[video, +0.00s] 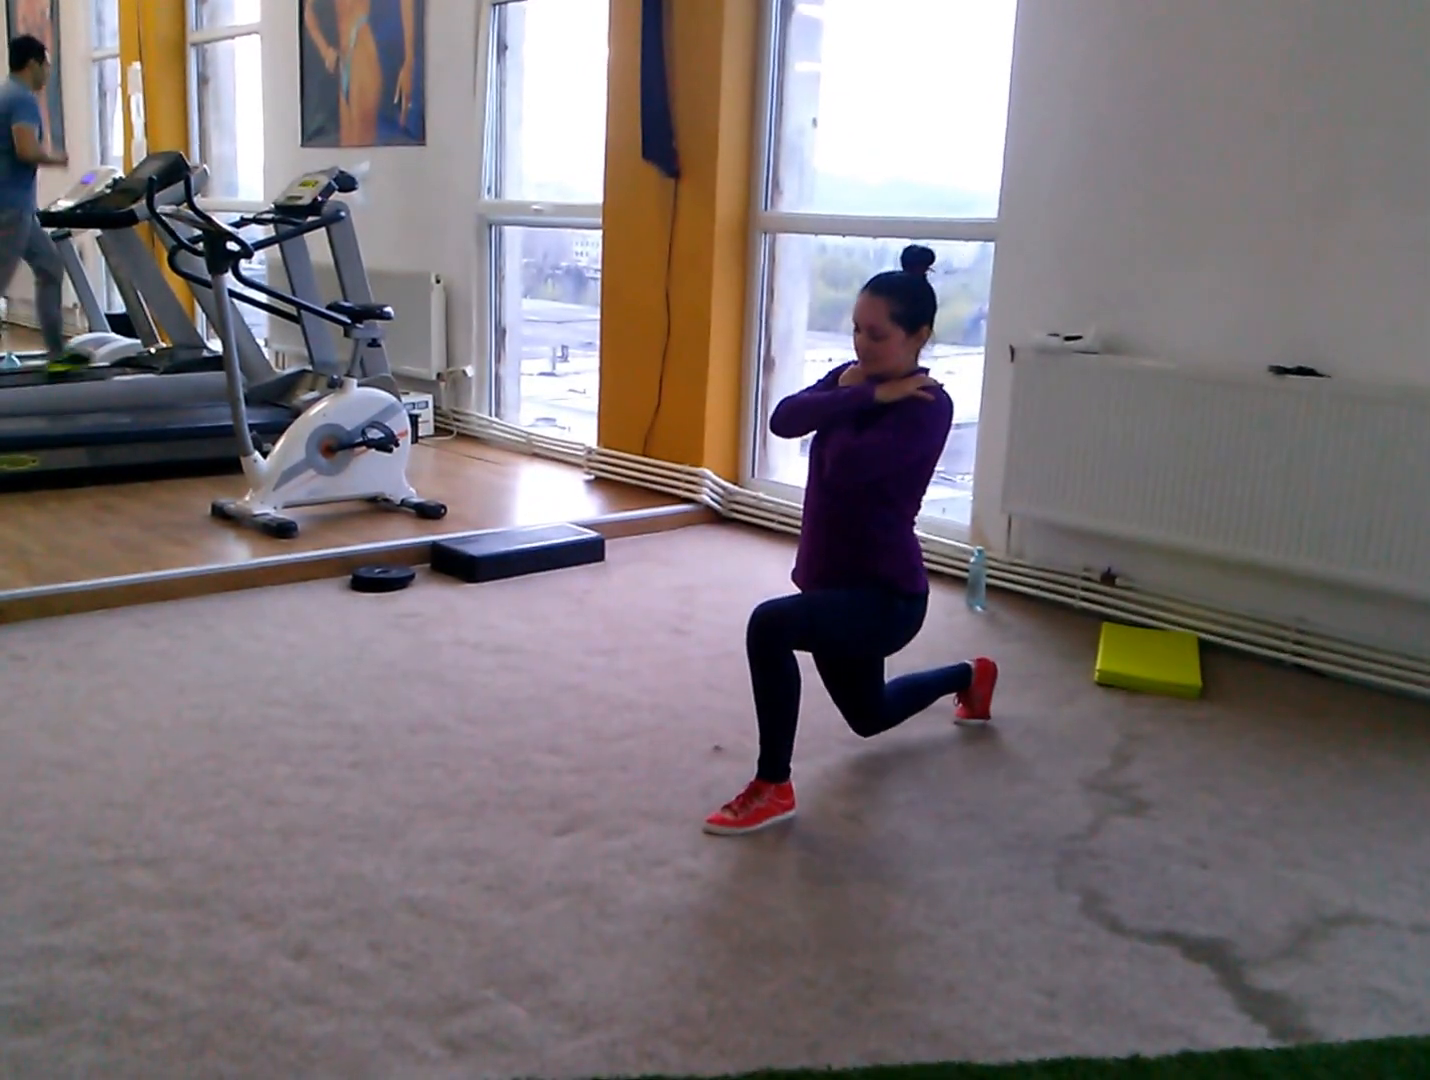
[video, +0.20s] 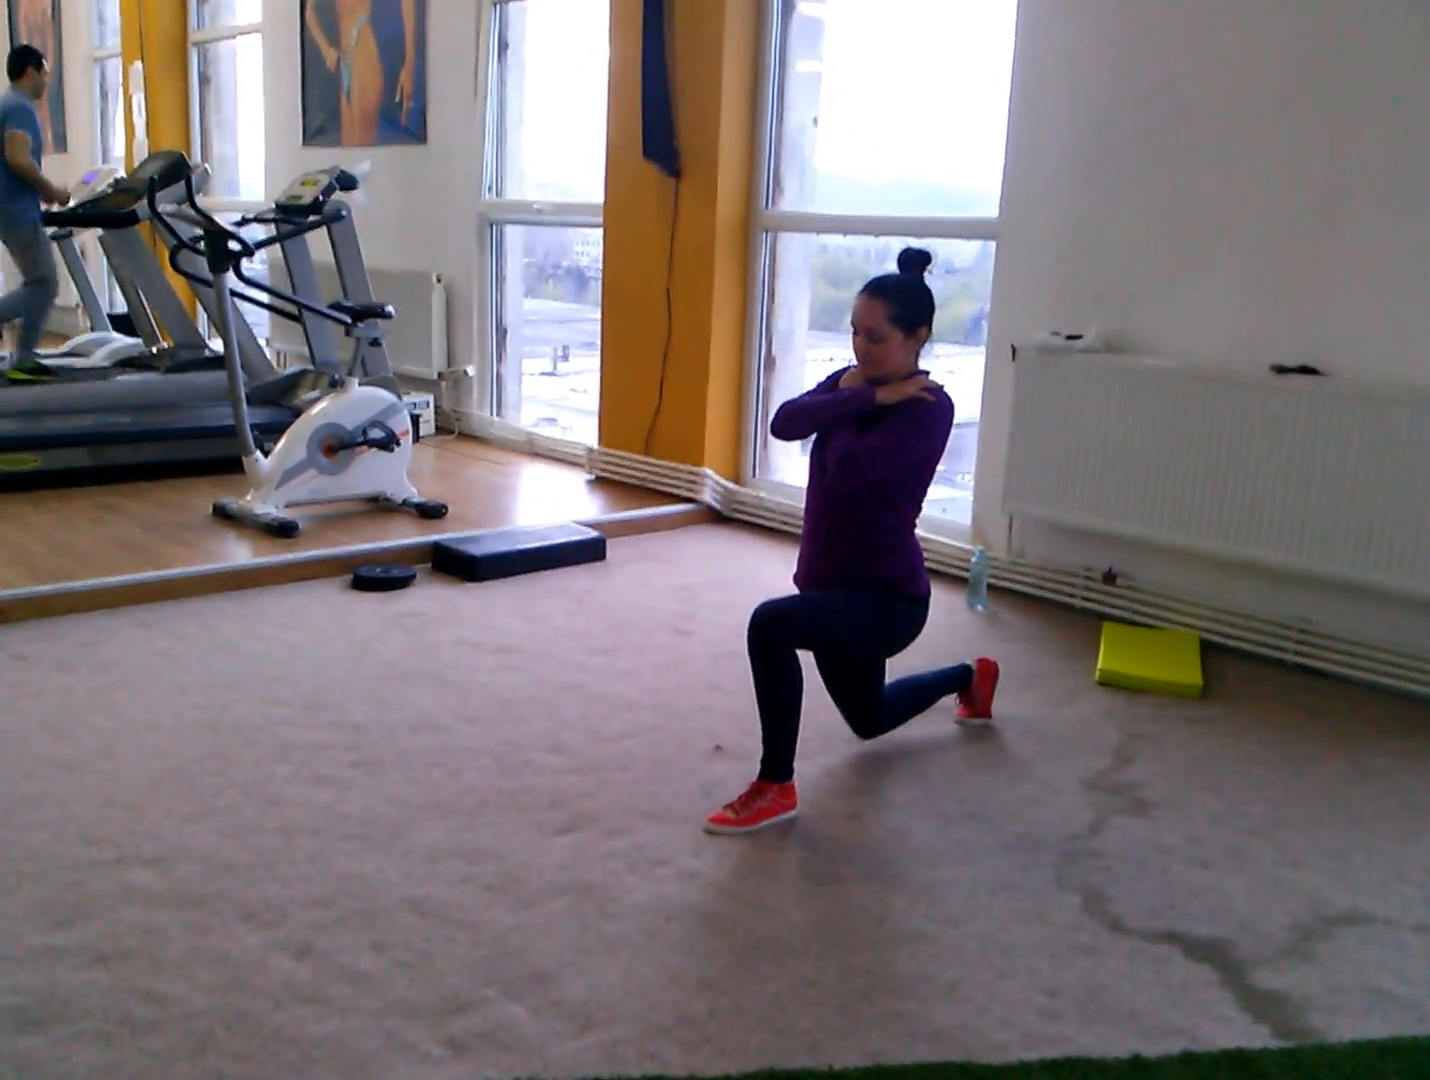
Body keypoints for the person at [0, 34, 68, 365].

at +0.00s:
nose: (47, 72)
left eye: (47, 64)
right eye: (45, 64)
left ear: (20, 65)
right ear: (32, 64)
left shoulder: (11, 95)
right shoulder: (20, 99)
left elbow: (22, 149)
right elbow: (26, 150)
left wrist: (48, 155)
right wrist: (56, 158)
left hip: (16, 210)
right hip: (12, 211)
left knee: (50, 268)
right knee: (1, 285)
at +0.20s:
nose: (47, 79)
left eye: (46, 72)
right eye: (43, 72)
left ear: (21, 74)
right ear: (30, 72)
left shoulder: (14, 106)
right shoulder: (19, 109)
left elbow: (16, 161)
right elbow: (17, 159)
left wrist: (45, 189)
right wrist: (50, 188)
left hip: (17, 210)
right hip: (15, 211)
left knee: (41, 283)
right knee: (43, 283)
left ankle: (25, 357)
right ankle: (23, 358)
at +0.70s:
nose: (59, 77)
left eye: (58, 70)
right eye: (57, 70)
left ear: (31, 70)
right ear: (44, 69)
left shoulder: (13, 102)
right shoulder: (29, 106)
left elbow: (25, 164)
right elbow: (32, 161)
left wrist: (62, 177)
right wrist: (71, 178)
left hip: (25, 210)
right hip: (20, 211)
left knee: (66, 269)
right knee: (23, 282)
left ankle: (33, 349)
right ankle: (1, 351)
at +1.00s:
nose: (61, 79)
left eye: (61, 72)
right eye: (59, 72)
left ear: (33, 73)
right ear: (46, 72)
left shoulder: (19, 104)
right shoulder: (35, 107)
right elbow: (27, 157)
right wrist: (66, 192)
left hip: (18, 211)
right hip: (30, 212)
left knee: (44, 286)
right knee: (70, 281)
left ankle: (20, 357)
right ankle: (10, 326)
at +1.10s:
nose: (65, 73)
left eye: (65, 66)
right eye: (62, 65)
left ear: (40, 65)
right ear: (49, 65)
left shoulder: (35, 99)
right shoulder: (30, 98)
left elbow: (39, 159)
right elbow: (15, 143)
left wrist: (75, 159)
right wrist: (52, 172)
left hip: (20, 208)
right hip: (33, 207)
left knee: (15, 281)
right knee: (82, 265)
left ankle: (2, 344)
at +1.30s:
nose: (72, 77)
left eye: (72, 70)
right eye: (69, 70)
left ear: (47, 70)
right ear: (54, 69)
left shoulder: (37, 102)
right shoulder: (39, 107)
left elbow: (40, 154)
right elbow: (27, 154)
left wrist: (75, 158)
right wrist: (65, 189)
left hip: (32, 210)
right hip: (44, 211)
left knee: (45, 283)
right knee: (77, 279)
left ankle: (1, 312)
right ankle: (66, 357)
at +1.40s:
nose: (76, 81)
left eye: (76, 74)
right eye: (74, 74)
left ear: (49, 75)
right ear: (60, 74)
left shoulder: (31, 106)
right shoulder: (47, 112)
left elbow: (33, 167)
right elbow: (50, 168)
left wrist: (72, 184)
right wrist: (83, 189)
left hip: (30, 209)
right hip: (41, 211)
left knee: (69, 278)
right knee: (71, 278)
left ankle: (19, 333)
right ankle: (29, 356)